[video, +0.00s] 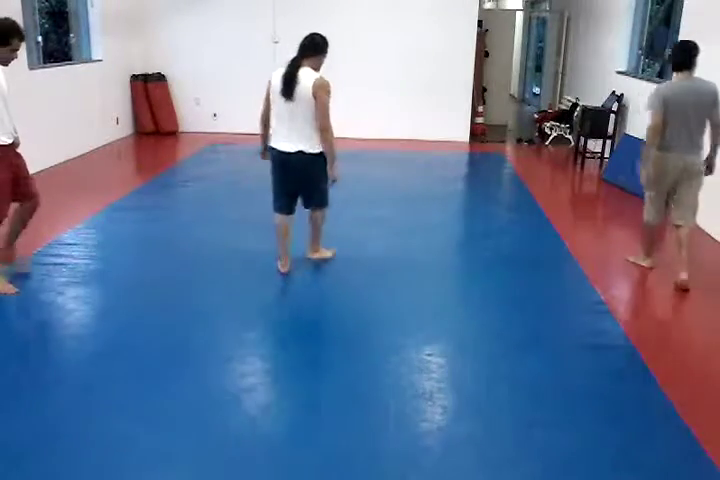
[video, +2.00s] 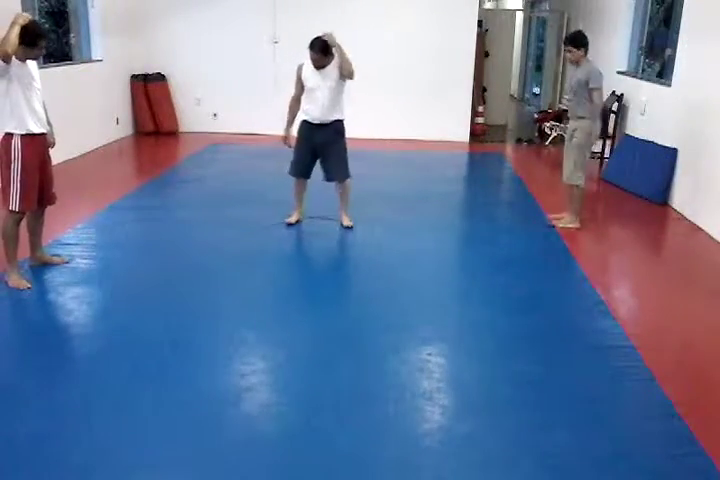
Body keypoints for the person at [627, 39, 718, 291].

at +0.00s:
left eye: (672, 59)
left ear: (671, 62)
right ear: (695, 62)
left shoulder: (662, 91)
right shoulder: (709, 91)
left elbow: (655, 128)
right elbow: (716, 129)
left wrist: (645, 161)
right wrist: (712, 156)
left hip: (663, 158)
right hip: (693, 161)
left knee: (654, 208)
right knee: (684, 217)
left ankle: (647, 256)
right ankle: (683, 272)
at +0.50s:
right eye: (659, 55)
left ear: (639, 56)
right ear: (661, 57)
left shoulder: (632, 85)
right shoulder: (674, 84)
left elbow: (619, 120)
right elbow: (681, 120)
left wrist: (608, 140)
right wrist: (684, 151)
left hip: (637, 146)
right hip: (662, 147)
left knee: (641, 200)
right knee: (649, 197)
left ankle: (645, 253)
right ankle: (649, 247)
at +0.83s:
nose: (623, 55)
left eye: (624, 51)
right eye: (625, 51)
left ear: (627, 53)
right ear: (646, 54)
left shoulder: (619, 80)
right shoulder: (656, 80)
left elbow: (611, 115)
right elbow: (661, 115)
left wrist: (603, 148)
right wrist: (659, 143)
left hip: (621, 137)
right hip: (643, 139)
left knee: (612, 188)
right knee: (626, 188)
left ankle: (630, 230)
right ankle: (611, 232)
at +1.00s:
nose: (611, 55)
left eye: (612, 51)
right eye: (611, 51)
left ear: (620, 52)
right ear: (632, 52)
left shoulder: (616, 77)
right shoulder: (647, 76)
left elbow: (607, 112)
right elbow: (650, 111)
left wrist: (597, 142)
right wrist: (645, 136)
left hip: (615, 134)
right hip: (636, 135)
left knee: (594, 176)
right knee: (624, 185)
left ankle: (604, 223)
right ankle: (613, 231)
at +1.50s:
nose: (576, 57)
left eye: (578, 53)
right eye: (575, 53)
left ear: (589, 52)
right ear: (593, 52)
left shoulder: (587, 75)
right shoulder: (612, 74)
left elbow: (580, 111)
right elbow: (615, 107)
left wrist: (568, 139)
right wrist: (613, 134)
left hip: (585, 129)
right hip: (602, 129)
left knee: (572, 173)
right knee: (593, 173)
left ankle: (570, 217)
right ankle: (602, 206)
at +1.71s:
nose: (567, 55)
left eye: (570, 51)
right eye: (567, 51)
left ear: (581, 50)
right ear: (584, 51)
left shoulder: (584, 71)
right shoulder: (599, 70)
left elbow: (578, 106)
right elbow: (604, 102)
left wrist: (559, 130)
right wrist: (604, 127)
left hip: (584, 125)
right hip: (595, 125)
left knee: (572, 168)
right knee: (577, 167)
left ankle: (572, 217)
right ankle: (575, 213)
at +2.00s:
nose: (567, 56)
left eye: (570, 51)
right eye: (566, 51)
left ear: (582, 51)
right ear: (569, 51)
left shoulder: (592, 71)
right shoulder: (576, 70)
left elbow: (597, 102)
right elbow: (575, 98)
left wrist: (594, 123)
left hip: (585, 122)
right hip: (573, 121)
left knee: (576, 169)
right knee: (570, 168)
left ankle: (574, 216)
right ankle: (570, 212)